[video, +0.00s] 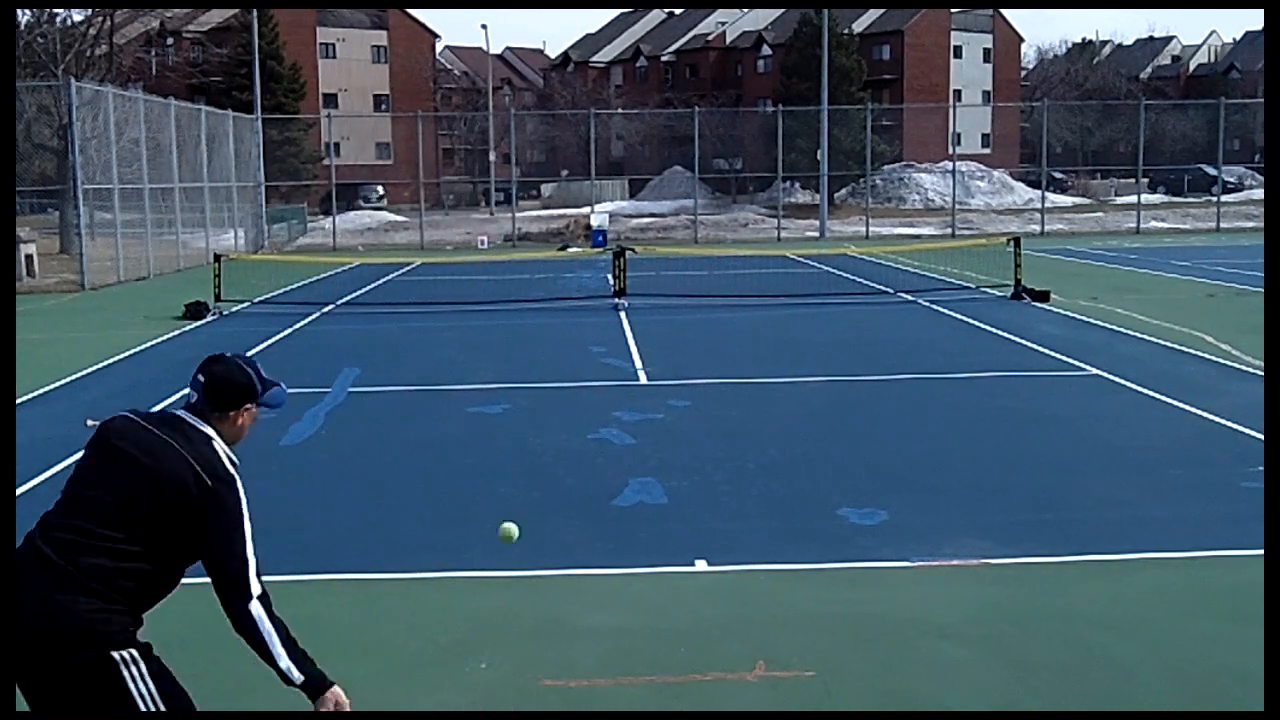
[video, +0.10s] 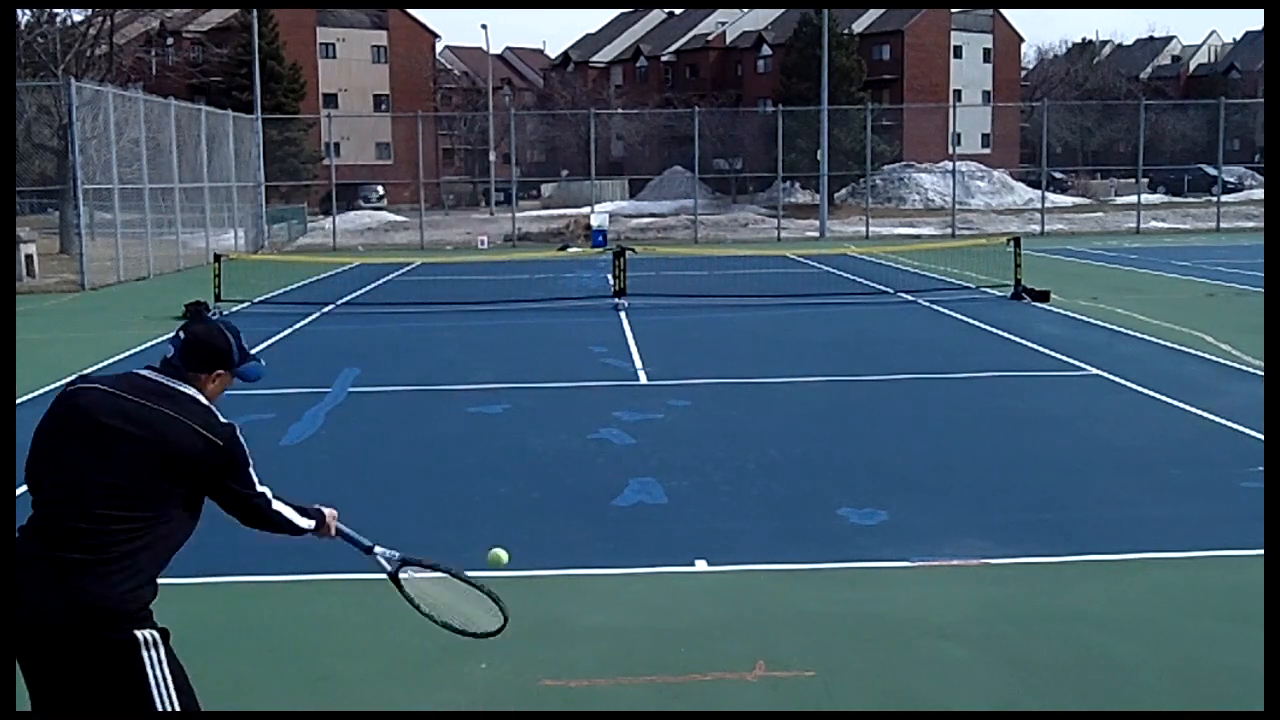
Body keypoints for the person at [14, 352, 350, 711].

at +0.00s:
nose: (255, 418)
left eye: (257, 409)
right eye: (256, 410)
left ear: (195, 397)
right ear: (240, 415)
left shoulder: (121, 425)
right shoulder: (216, 476)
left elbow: (77, 514)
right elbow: (245, 600)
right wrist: (315, 684)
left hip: (20, 609)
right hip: (92, 632)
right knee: (171, 708)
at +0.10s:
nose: (229, 385)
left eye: (233, 377)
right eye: (230, 377)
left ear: (177, 356)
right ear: (213, 376)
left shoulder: (85, 389)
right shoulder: (211, 434)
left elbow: (37, 472)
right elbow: (254, 506)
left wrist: (77, 522)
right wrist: (313, 520)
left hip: (30, 597)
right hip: (114, 613)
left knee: (57, 706)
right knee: (173, 707)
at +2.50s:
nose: (457, 355)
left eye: (458, 345)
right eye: (457, 344)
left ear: (412, 335)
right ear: (447, 344)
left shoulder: (419, 390)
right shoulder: (378, 379)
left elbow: (492, 441)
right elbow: (342, 454)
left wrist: (536, 414)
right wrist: (413, 413)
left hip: (334, 553)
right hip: (313, 553)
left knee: (316, 687)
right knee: (391, 686)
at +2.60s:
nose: (456, 357)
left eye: (457, 348)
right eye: (456, 349)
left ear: (408, 339)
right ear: (448, 354)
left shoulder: (426, 404)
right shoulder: (367, 383)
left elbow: (484, 448)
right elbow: (317, 440)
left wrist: (545, 437)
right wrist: (360, 413)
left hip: (327, 553)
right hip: (301, 551)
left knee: (321, 681)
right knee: (382, 684)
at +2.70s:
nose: (455, 364)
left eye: (455, 357)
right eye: (456, 357)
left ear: (409, 347)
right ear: (447, 361)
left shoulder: (420, 411)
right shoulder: (373, 385)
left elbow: (470, 459)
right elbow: (310, 444)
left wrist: (549, 465)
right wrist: (334, 439)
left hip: (318, 553)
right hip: (294, 551)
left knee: (312, 681)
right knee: (379, 681)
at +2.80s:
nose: (456, 368)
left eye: (455, 360)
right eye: (456, 360)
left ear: (407, 352)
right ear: (445, 367)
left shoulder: (399, 404)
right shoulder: (383, 389)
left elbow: (440, 468)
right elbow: (329, 452)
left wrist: (518, 490)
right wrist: (346, 490)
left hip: (276, 549)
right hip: (301, 554)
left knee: (307, 677)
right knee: (384, 682)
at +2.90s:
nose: (441, 356)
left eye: (442, 348)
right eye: (442, 349)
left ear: (392, 337)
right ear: (431, 353)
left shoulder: (349, 370)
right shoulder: (388, 384)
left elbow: (371, 465)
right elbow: (357, 477)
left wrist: (441, 477)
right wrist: (406, 544)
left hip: (267, 537)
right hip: (312, 547)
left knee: (294, 675)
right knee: (388, 680)